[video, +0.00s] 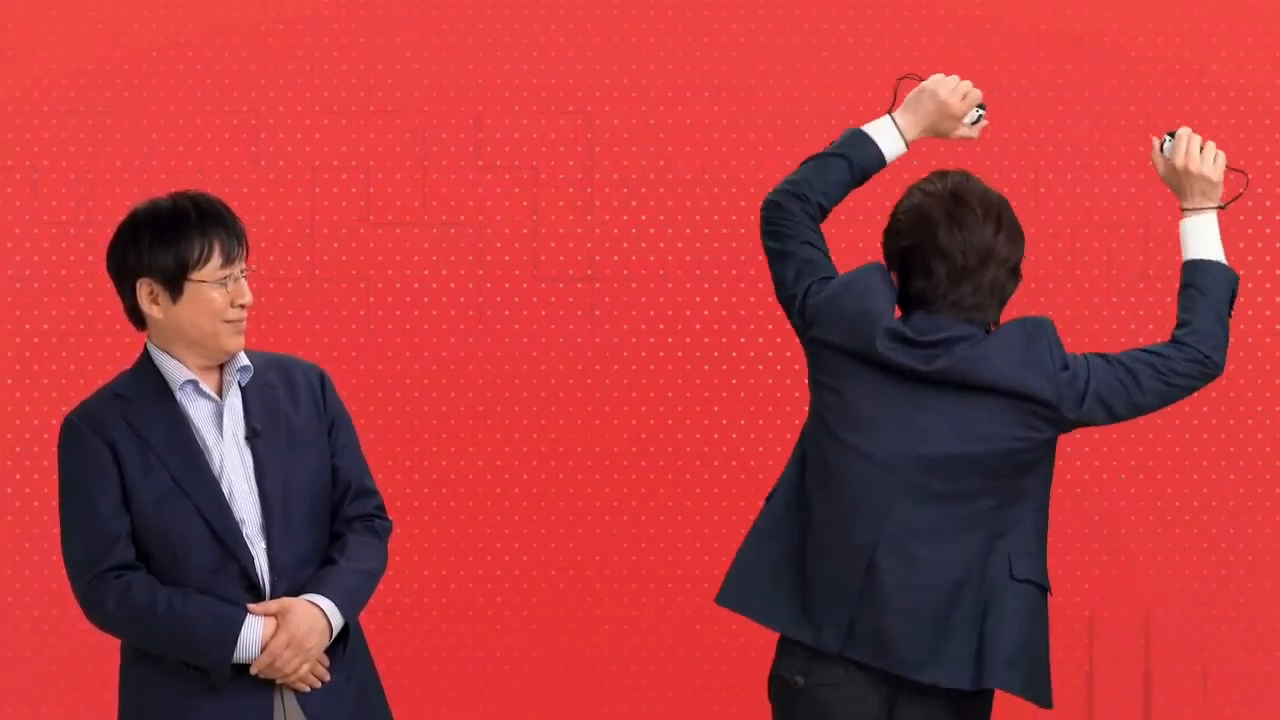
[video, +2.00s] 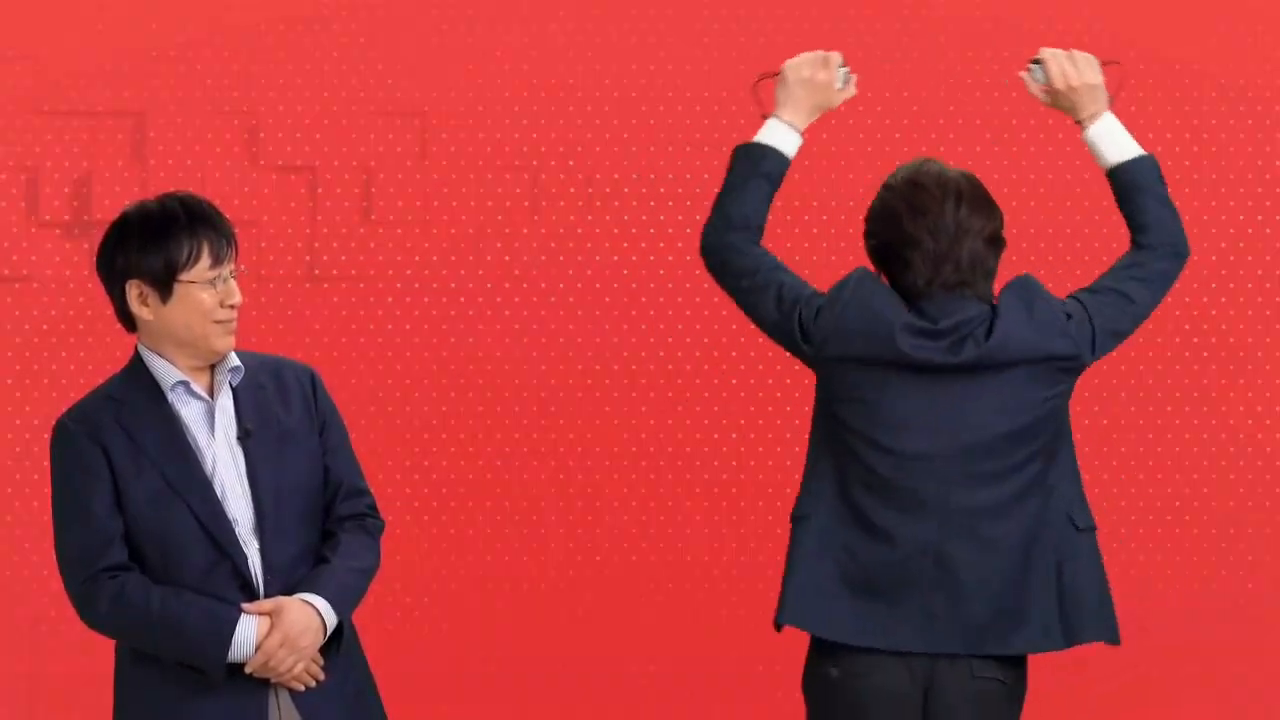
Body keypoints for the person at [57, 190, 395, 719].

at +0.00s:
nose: (245, 297)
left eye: (242, 277)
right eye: (222, 282)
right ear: (153, 299)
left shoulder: (307, 389)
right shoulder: (97, 431)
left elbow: (366, 524)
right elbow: (107, 589)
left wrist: (324, 613)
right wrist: (252, 638)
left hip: (337, 700)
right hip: (194, 708)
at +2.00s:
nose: (233, 298)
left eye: (232, 278)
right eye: (210, 283)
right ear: (143, 300)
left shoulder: (297, 389)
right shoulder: (89, 433)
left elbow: (358, 522)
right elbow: (101, 591)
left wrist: (318, 611)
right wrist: (248, 638)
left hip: (331, 700)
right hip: (190, 708)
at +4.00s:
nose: (238, 298)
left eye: (236, 278)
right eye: (215, 283)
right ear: (147, 301)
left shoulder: (301, 389)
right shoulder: (91, 434)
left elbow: (361, 526)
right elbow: (103, 591)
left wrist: (320, 613)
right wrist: (252, 640)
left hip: (334, 701)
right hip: (192, 708)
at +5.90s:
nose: (236, 298)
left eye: (234, 278)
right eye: (213, 282)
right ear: (146, 300)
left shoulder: (300, 389)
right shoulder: (91, 433)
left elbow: (360, 523)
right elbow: (103, 590)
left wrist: (318, 611)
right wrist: (251, 638)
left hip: (332, 699)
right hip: (191, 707)